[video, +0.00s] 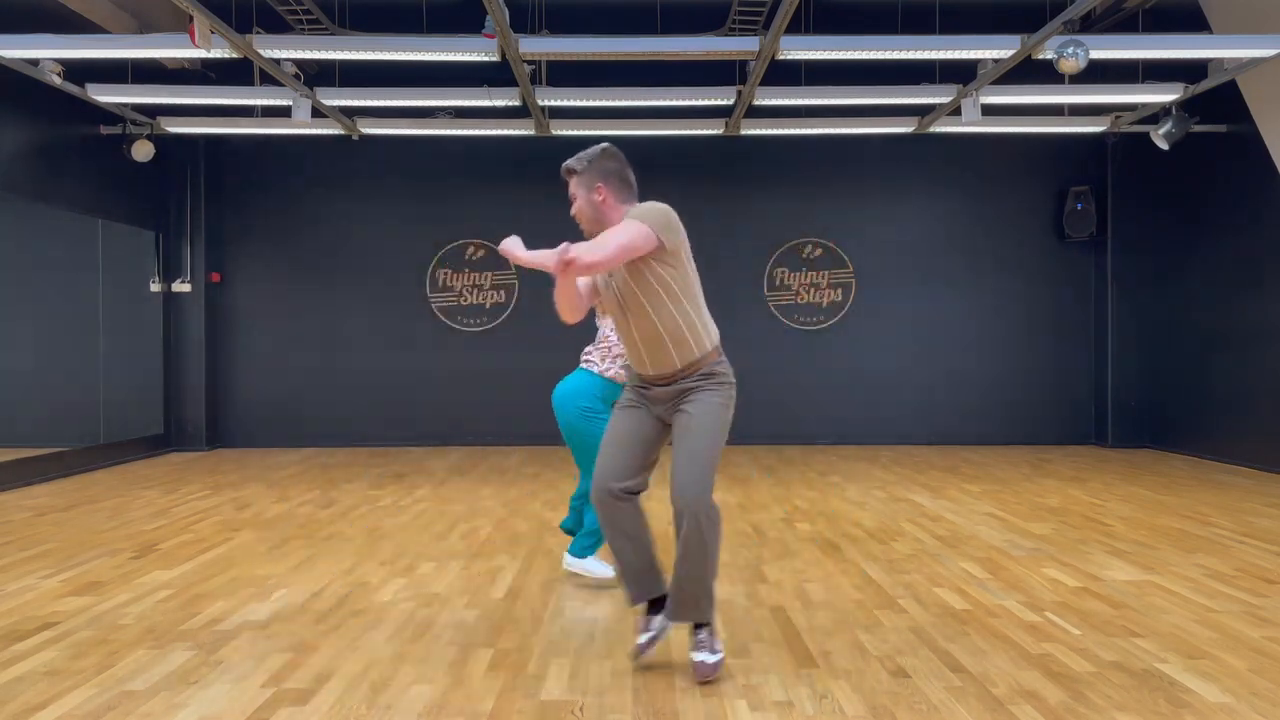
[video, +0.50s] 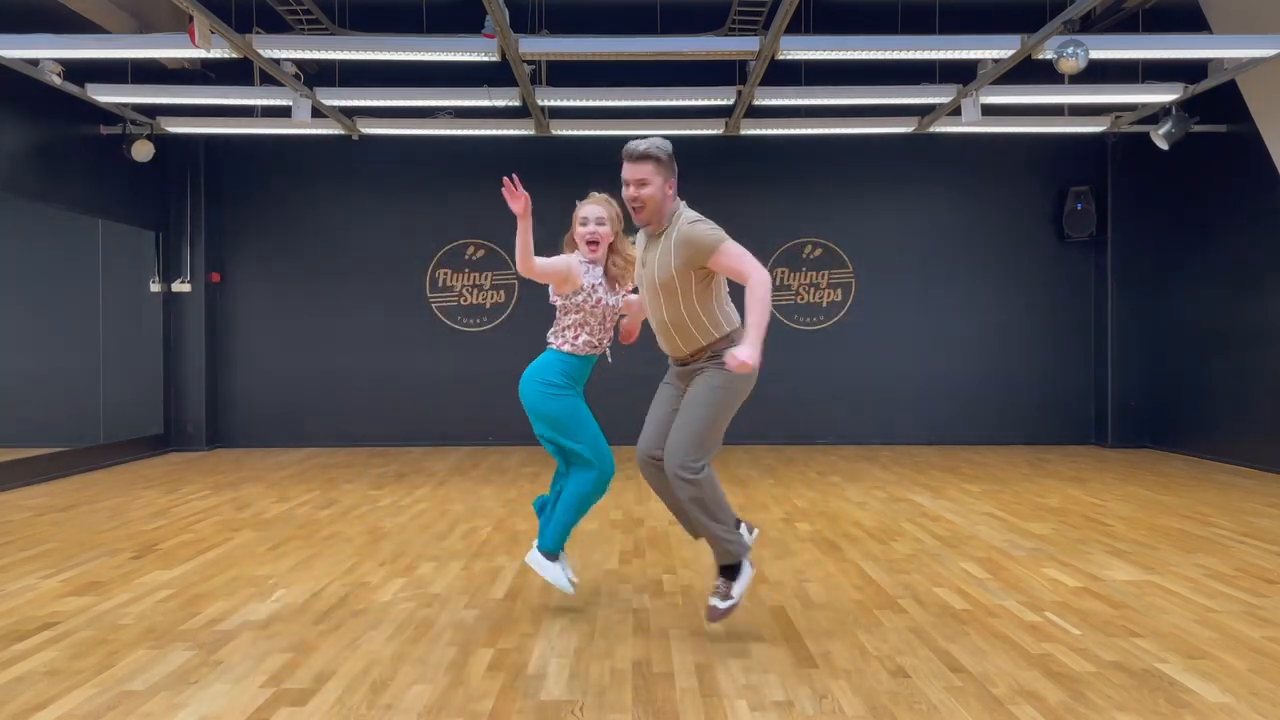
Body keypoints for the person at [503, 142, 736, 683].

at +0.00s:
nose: (570, 210)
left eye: (574, 198)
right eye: (570, 200)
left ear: (602, 193)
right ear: (602, 195)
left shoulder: (656, 218)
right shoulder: (592, 254)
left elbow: (587, 258)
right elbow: (571, 315)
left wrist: (523, 255)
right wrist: (561, 270)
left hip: (704, 381)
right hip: (643, 391)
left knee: (692, 498)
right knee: (609, 489)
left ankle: (701, 624)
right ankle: (656, 599)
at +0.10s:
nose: (597, 221)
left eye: (600, 209)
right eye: (596, 210)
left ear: (626, 204)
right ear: (627, 206)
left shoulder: (679, 231)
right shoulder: (625, 265)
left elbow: (625, 284)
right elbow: (597, 306)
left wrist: (550, 324)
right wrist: (605, 318)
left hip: (724, 391)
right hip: (671, 401)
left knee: (719, 515)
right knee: (652, 509)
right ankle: (724, 586)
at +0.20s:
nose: (616, 237)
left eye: (619, 227)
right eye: (616, 227)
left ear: (639, 228)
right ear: (647, 227)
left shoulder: (700, 268)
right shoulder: (640, 294)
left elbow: (690, 344)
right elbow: (637, 365)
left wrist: (666, 416)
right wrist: (648, 419)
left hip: (739, 411)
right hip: (692, 425)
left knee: (738, 534)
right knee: (690, 535)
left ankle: (804, 639)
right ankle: (764, 608)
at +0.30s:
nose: (624, 219)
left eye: (626, 210)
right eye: (624, 211)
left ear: (639, 214)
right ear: (663, 209)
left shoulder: (697, 258)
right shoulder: (649, 270)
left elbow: (751, 323)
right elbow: (661, 344)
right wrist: (661, 408)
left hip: (734, 396)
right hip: (690, 407)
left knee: (742, 518)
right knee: (691, 515)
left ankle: (800, 636)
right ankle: (764, 612)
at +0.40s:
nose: (619, 192)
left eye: (623, 184)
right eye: (620, 184)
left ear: (645, 187)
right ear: (651, 185)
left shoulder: (695, 232)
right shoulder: (651, 235)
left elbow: (758, 279)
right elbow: (667, 295)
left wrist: (796, 347)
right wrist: (652, 341)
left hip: (725, 366)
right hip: (682, 374)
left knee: (721, 476)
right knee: (672, 475)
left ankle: (778, 599)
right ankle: (742, 567)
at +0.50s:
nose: (632, 193)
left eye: (643, 183)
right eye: (626, 183)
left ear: (671, 185)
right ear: (622, 186)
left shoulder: (694, 233)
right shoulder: (645, 238)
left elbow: (758, 277)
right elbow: (662, 287)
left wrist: (751, 345)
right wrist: (636, 310)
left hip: (723, 362)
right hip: (681, 367)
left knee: (683, 462)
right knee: (650, 457)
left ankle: (734, 563)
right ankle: (729, 533)